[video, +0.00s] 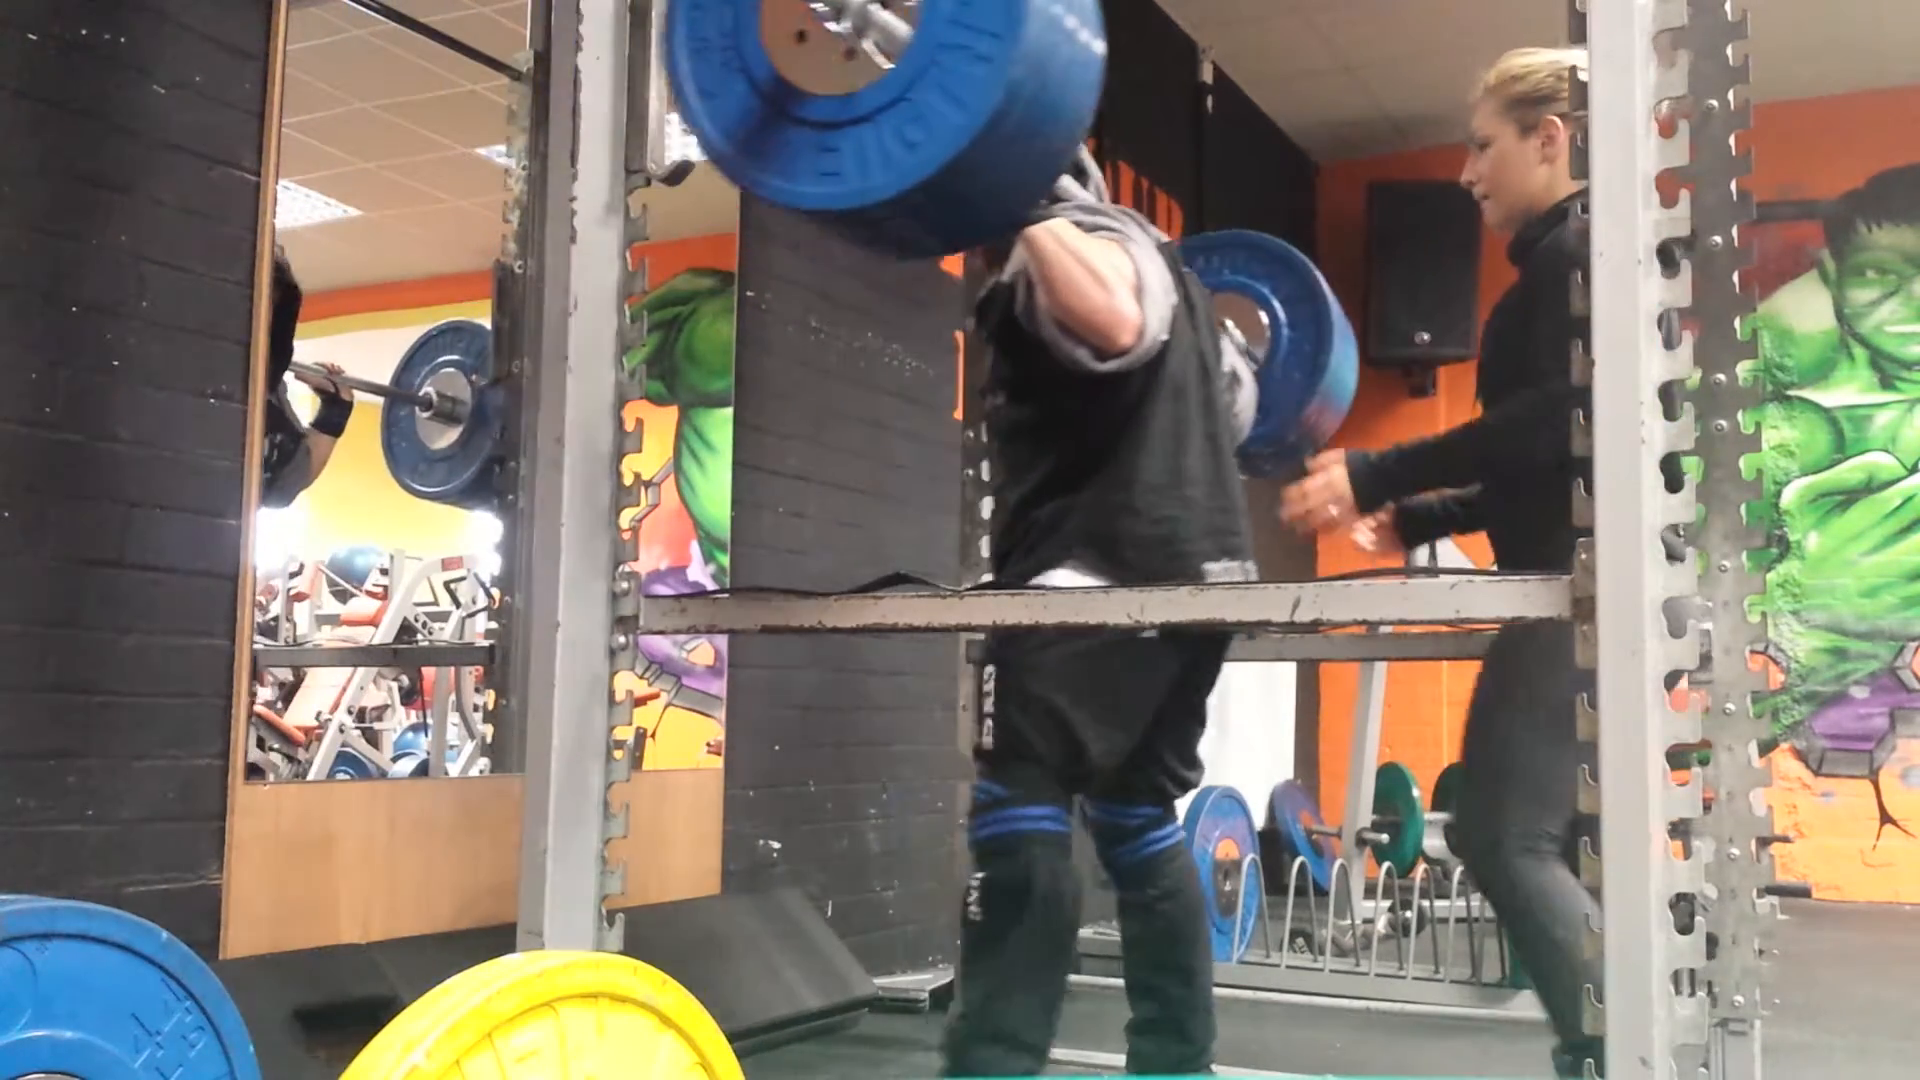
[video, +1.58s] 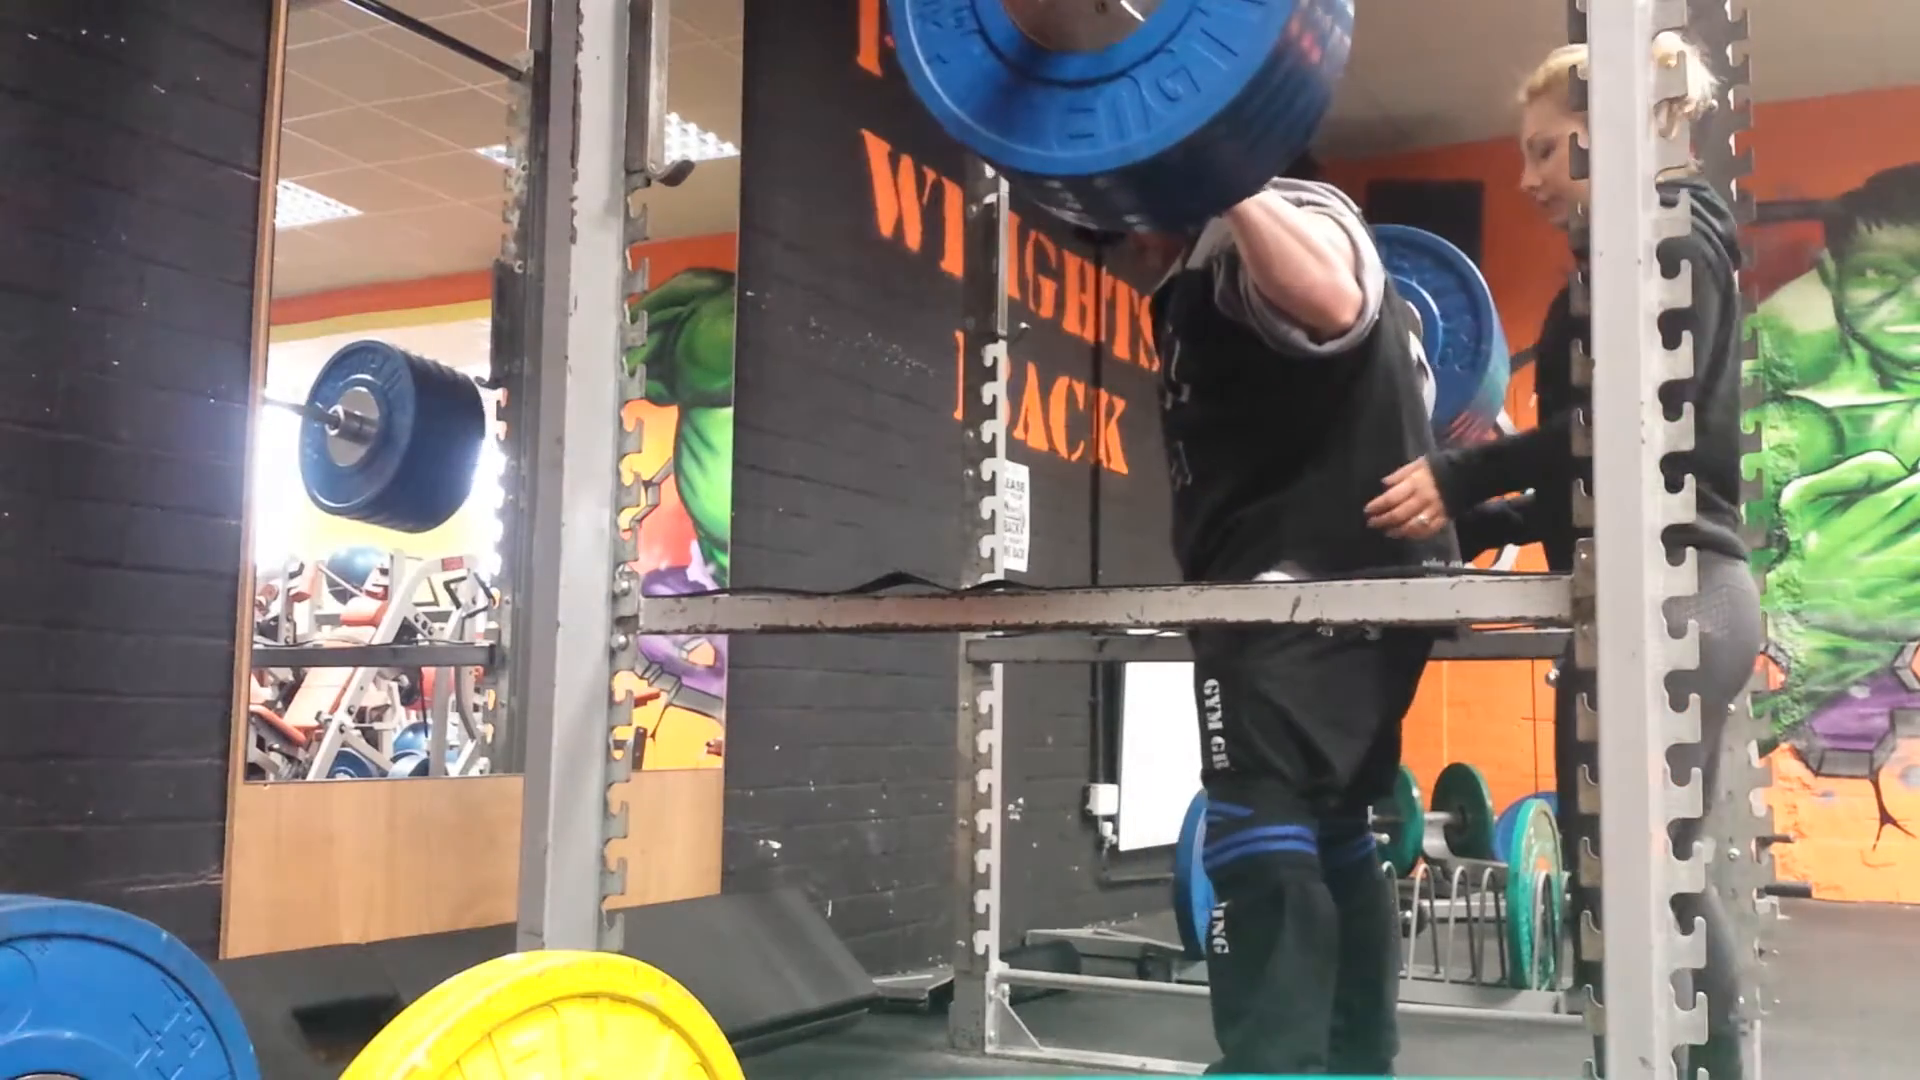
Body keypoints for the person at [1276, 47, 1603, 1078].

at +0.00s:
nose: (1468, 171)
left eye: (1483, 145)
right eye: (1468, 149)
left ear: (1553, 138)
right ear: (1546, 143)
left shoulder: (1576, 256)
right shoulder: (1557, 263)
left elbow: (1539, 428)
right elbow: (1548, 470)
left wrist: (1370, 475)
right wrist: (1421, 516)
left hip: (1580, 591)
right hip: (1551, 589)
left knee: (1517, 839)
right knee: (1485, 828)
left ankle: (1613, 1053)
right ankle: (1595, 1050)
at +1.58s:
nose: (1530, 179)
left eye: (1549, 152)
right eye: (1526, 155)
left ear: (1611, 146)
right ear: (1558, 152)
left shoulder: (1656, 243)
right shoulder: (1639, 254)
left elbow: (1627, 425)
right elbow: (1615, 477)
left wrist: (1466, 477)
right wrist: (1481, 525)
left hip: (1665, 585)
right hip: (1670, 579)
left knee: (1639, 857)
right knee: (1653, 855)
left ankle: (1654, 1060)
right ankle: (1687, 1058)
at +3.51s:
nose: (1520, 171)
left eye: (1531, 144)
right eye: (1521, 147)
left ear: (1592, 139)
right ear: (1583, 142)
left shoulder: (1651, 239)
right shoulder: (1653, 245)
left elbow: (1593, 419)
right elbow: (1598, 470)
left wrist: (1405, 447)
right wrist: (1453, 503)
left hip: (1683, 585)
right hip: (1700, 585)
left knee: (1643, 871)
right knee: (1668, 868)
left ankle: (1662, 1063)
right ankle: (1693, 1058)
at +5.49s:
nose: (1463, 260)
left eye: (1472, 231)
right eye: (1462, 237)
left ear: (1537, 212)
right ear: (1535, 216)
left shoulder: (1578, 313)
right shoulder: (1612, 315)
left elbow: (1555, 473)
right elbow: (1579, 536)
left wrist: (1387, 543)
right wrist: (1465, 595)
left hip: (1710, 630)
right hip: (1730, 628)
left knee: (1565, 847)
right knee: (1574, 848)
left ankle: (1641, 1053)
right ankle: (1650, 1051)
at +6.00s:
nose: (1472, 341)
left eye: (1483, 314)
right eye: (1475, 317)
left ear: (1543, 311)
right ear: (1543, 314)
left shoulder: (1588, 425)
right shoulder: (1586, 421)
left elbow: (1562, 629)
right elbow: (1549, 620)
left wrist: (1384, 665)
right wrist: (1387, 654)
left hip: (1746, 747)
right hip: (1707, 741)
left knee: (1553, 893)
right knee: (1540, 885)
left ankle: (1655, 1065)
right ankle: (1660, 1061)